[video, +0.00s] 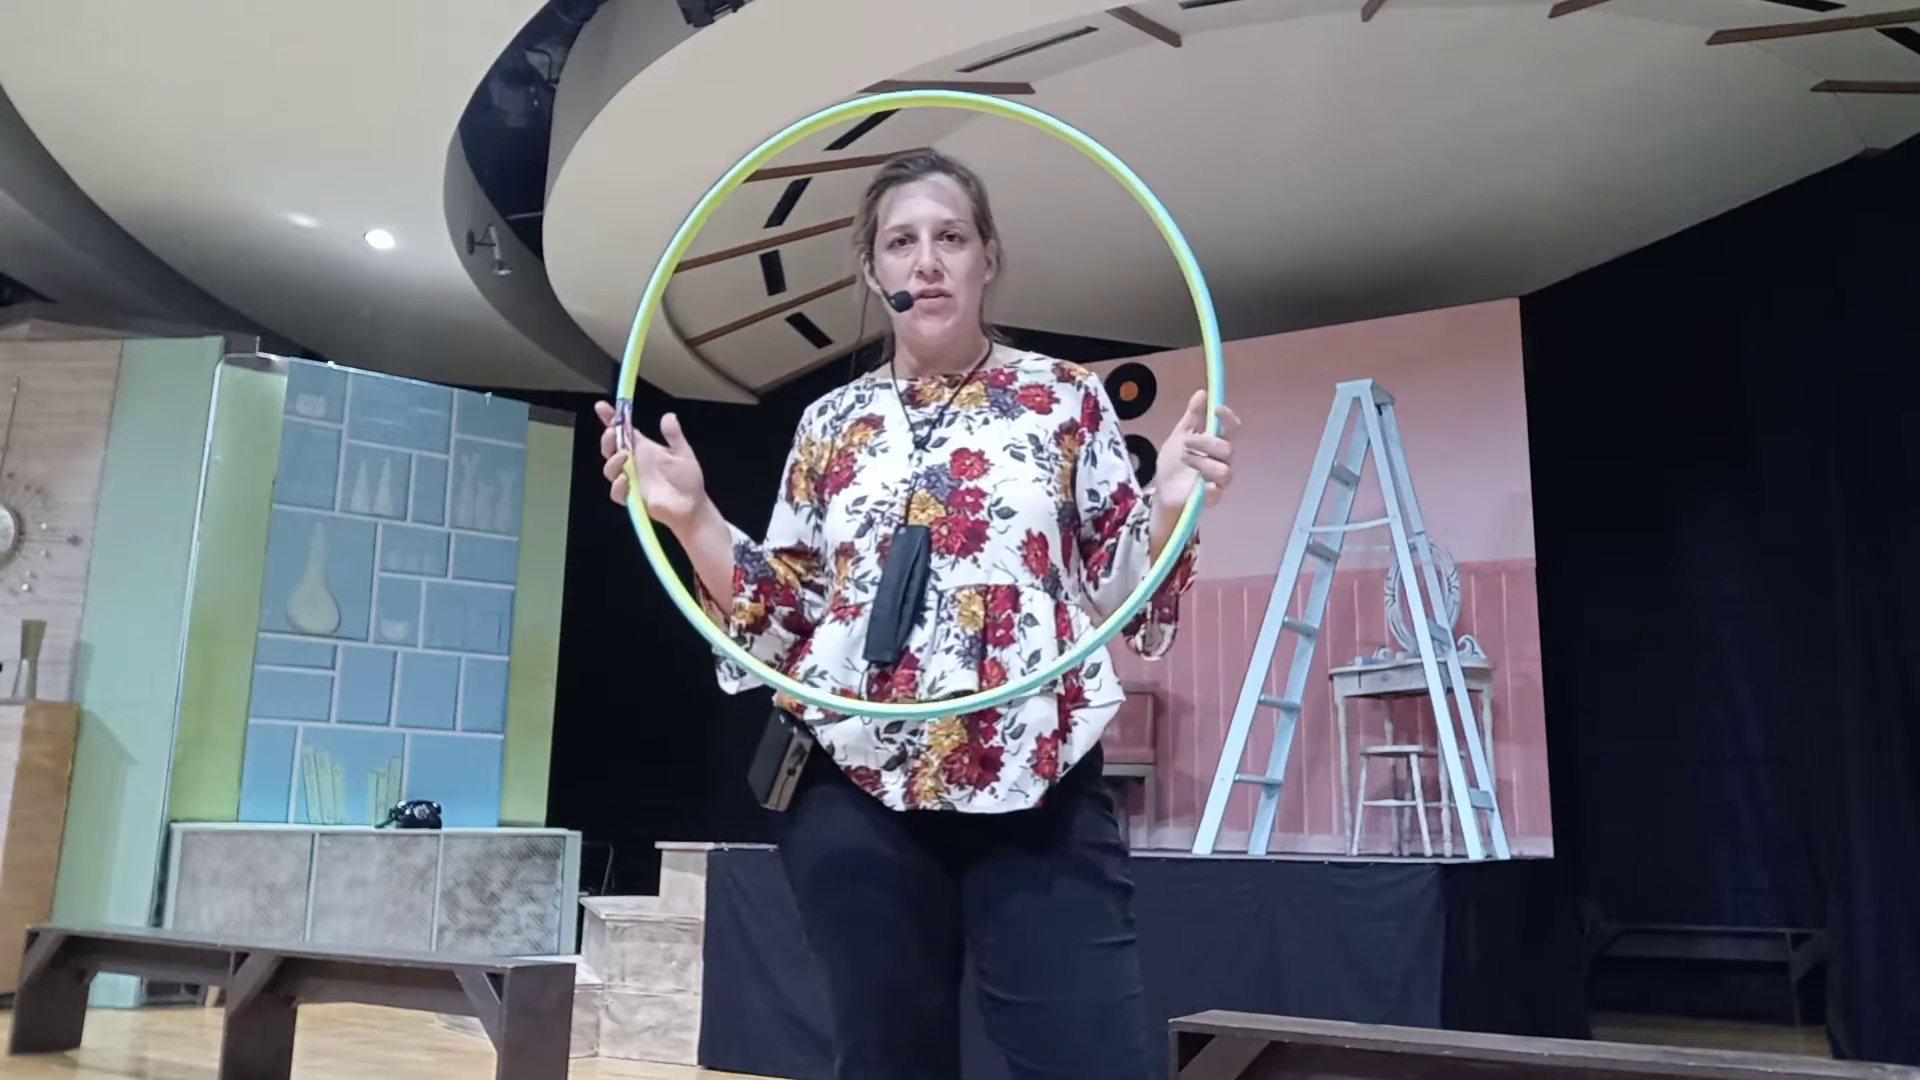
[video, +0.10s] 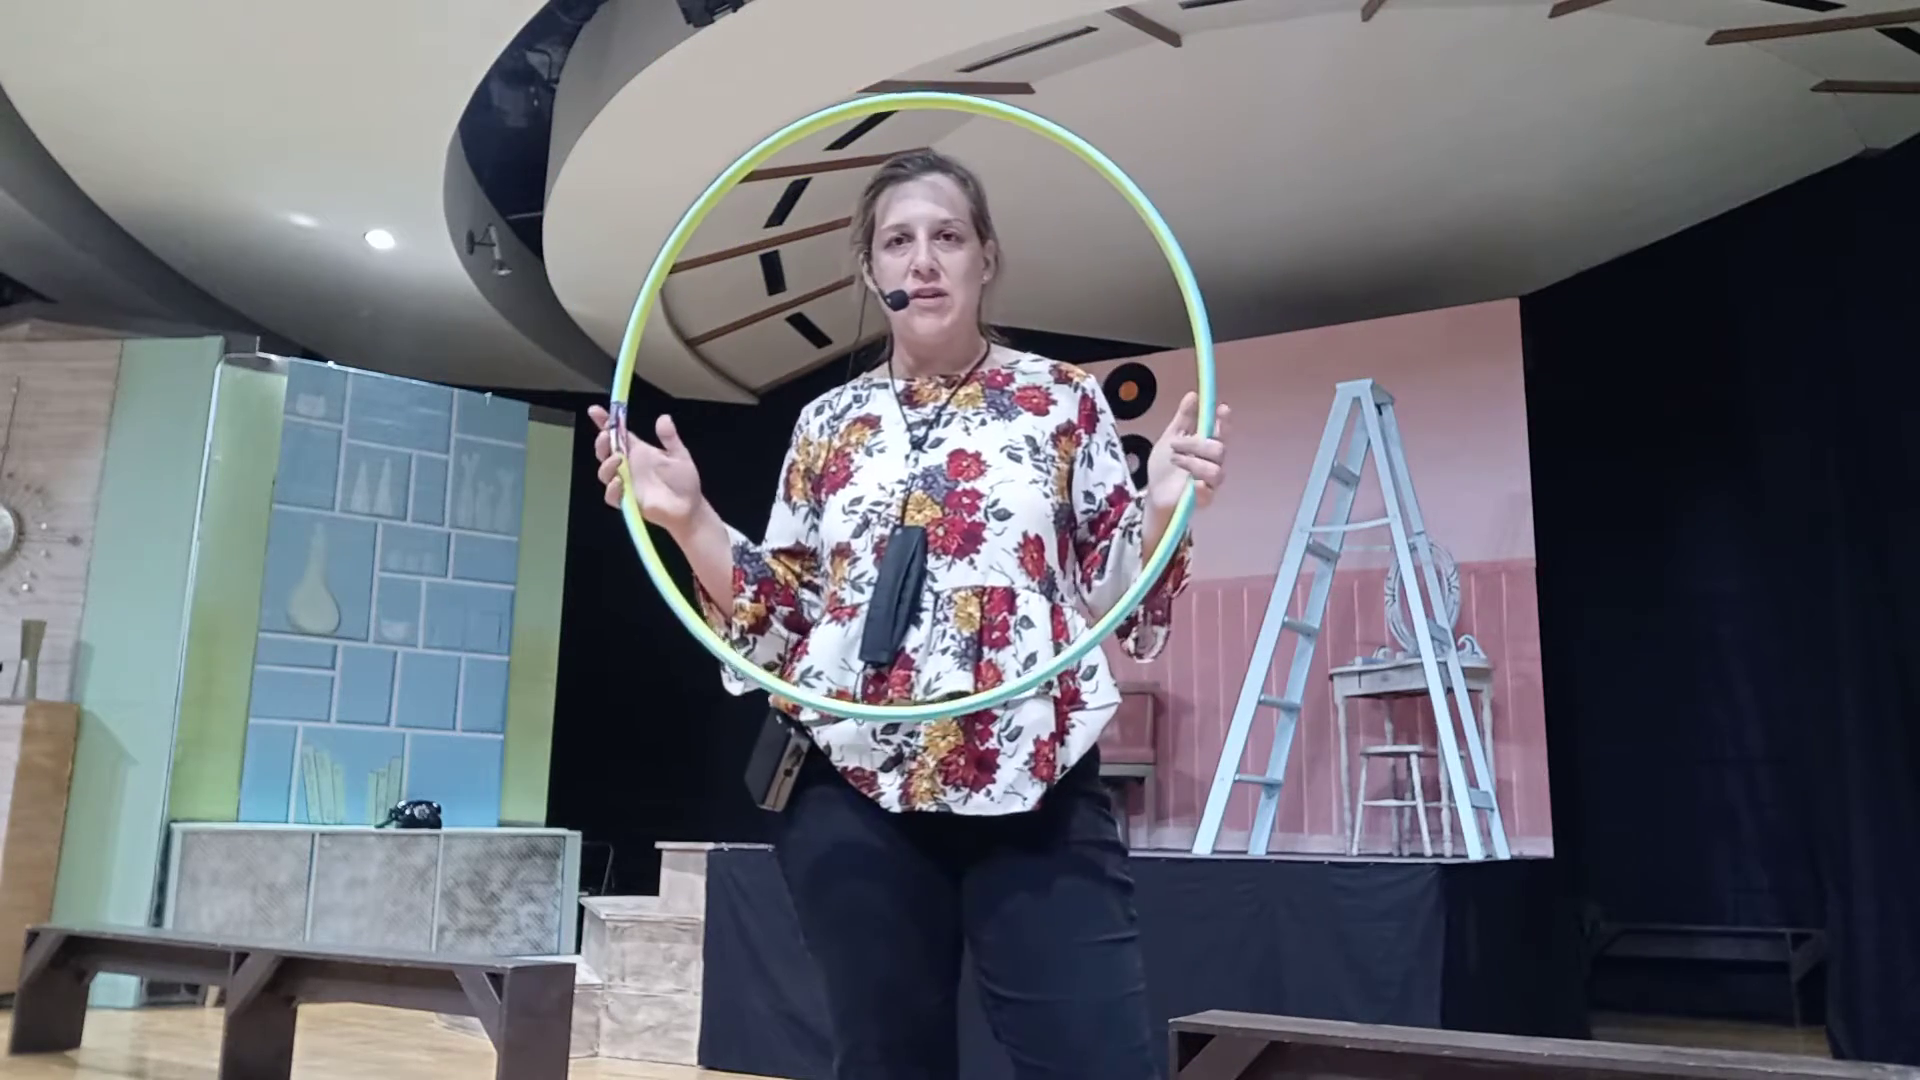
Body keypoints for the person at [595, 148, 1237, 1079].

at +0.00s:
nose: (925, 259)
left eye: (948, 236)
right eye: (900, 241)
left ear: (988, 260)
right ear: (874, 272)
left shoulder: (1065, 401)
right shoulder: (828, 425)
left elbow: (1130, 609)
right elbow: (784, 625)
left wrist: (1168, 509)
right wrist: (697, 516)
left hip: (1043, 804)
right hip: (861, 807)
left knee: (1094, 1062)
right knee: (887, 1062)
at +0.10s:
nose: (922, 258)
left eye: (946, 235)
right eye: (897, 240)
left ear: (987, 259)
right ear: (872, 271)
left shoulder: (1063, 402)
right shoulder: (826, 424)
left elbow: (1118, 613)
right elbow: (782, 625)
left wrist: (1163, 507)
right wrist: (694, 517)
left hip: (1041, 805)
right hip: (859, 808)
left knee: (1103, 1065)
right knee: (887, 1064)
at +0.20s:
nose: (920, 257)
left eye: (944, 235)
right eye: (897, 239)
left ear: (986, 262)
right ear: (871, 268)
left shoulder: (1061, 402)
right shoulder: (824, 425)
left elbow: (1113, 614)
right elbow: (781, 629)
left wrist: (1155, 511)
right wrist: (690, 521)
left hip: (1039, 807)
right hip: (859, 810)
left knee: (1082, 1062)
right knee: (886, 1063)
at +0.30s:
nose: (919, 252)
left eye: (946, 233)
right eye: (897, 233)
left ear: (987, 265)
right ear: (871, 264)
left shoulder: (1059, 402)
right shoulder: (820, 423)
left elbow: (1121, 607)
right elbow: (781, 617)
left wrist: (1165, 485)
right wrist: (683, 513)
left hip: (1035, 807)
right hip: (855, 807)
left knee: (1056, 1064)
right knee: (884, 1062)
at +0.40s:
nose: (920, 248)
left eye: (948, 231)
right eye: (899, 229)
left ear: (990, 265)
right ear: (871, 261)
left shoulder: (1058, 402)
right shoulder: (820, 421)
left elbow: (1129, 593)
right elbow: (774, 612)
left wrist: (1181, 467)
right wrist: (673, 490)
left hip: (1031, 800)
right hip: (849, 800)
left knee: (1057, 1061)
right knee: (880, 1060)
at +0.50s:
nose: (928, 249)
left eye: (955, 231)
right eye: (907, 229)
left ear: (995, 266)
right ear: (875, 260)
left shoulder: (1058, 405)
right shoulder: (819, 422)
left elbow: (1133, 586)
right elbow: (763, 609)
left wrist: (1196, 439)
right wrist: (656, 484)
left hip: (1029, 801)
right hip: (847, 800)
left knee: (1055, 1061)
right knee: (879, 1060)